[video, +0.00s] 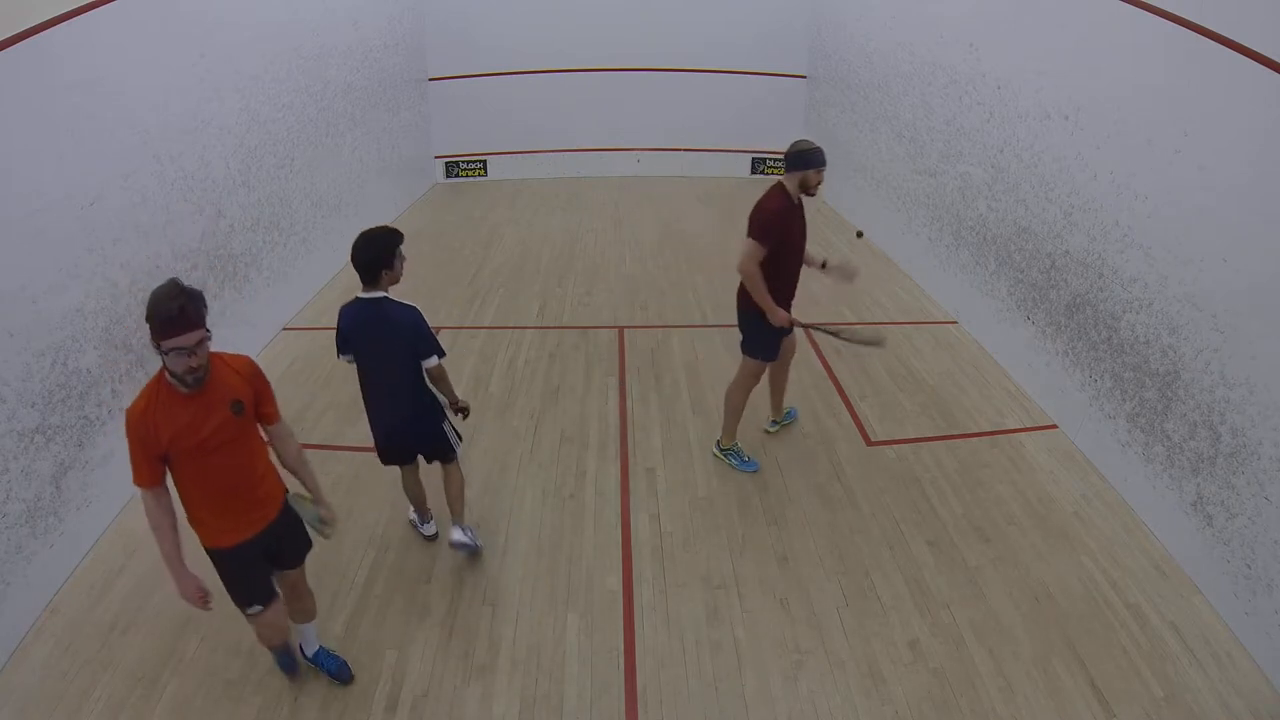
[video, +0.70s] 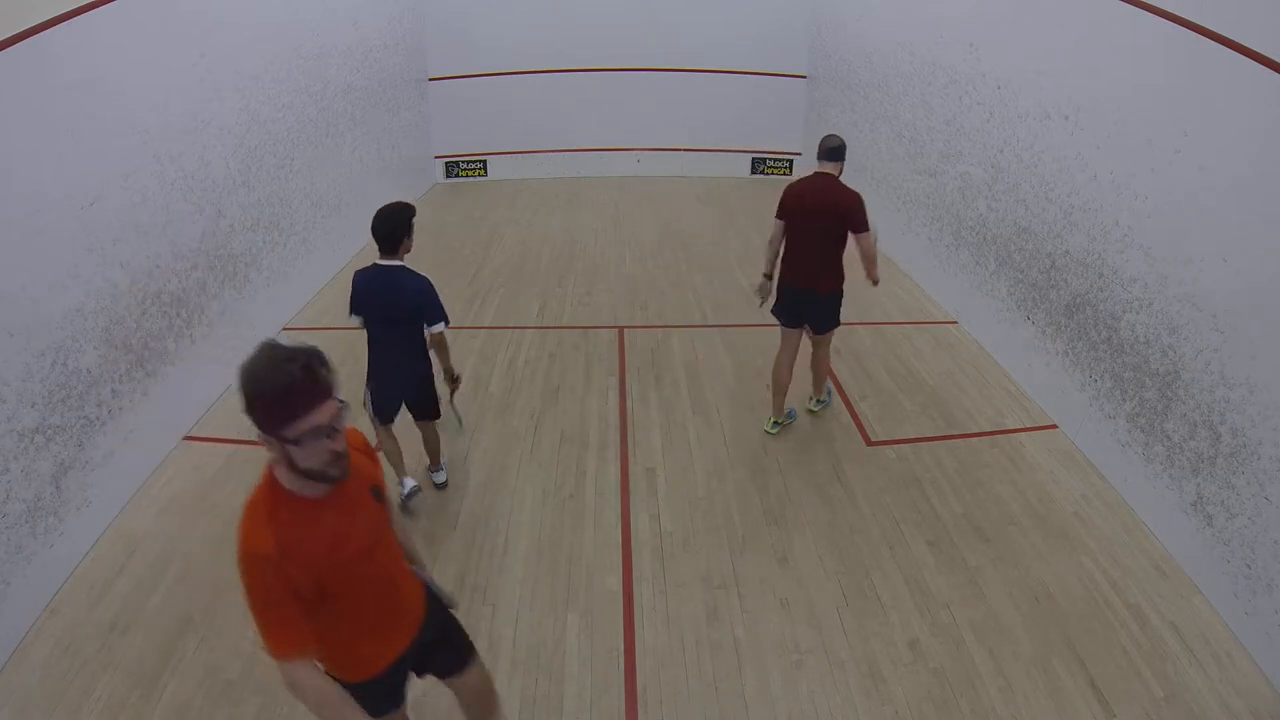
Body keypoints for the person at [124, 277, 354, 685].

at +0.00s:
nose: (191, 360)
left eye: (199, 346)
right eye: (177, 352)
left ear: (208, 333)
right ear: (157, 349)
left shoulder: (241, 371)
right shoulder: (144, 418)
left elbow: (279, 435)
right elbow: (155, 496)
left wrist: (317, 495)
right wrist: (179, 571)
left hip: (275, 510)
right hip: (225, 539)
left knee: (296, 584)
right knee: (272, 627)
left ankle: (312, 648)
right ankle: (281, 649)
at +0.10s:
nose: (204, 369)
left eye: (211, 353)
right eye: (189, 361)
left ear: (219, 339)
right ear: (166, 358)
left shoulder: (250, 379)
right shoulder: (153, 435)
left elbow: (294, 439)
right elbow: (171, 511)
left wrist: (340, 502)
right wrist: (198, 577)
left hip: (286, 522)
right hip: (241, 555)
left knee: (304, 596)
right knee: (298, 638)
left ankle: (313, 651)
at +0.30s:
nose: (236, 398)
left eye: (239, 379)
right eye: (217, 391)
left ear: (245, 366)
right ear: (189, 396)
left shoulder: (278, 406)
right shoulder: (180, 478)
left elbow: (327, 468)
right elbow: (203, 549)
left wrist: (380, 527)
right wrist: (242, 611)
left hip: (322, 554)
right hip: (280, 597)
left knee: (324, 619)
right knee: (344, 670)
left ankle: (319, 654)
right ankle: (380, 714)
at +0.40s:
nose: (254, 409)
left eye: (255, 390)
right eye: (235, 404)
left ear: (261, 375)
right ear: (200, 407)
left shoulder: (293, 417)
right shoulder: (195, 498)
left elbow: (340, 480)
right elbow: (224, 579)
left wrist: (391, 540)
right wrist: (269, 647)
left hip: (345, 575)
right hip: (303, 618)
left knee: (364, 627)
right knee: (366, 692)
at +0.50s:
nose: (276, 418)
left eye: (276, 398)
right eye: (255, 414)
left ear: (280, 383)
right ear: (217, 419)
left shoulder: (308, 426)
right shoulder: (215, 518)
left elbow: (353, 491)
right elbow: (247, 613)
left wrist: (400, 549)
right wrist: (301, 689)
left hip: (366, 583)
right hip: (323, 633)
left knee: (411, 649)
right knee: (375, 700)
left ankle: (356, 665)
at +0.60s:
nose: (302, 431)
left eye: (302, 410)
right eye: (279, 426)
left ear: (308, 393)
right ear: (242, 432)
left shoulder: (328, 434)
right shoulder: (238, 531)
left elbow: (365, 500)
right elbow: (267, 643)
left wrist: (410, 558)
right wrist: (335, 713)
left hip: (387, 596)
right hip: (339, 648)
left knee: (454, 665)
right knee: (383, 710)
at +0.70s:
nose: (337, 441)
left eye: (337, 419)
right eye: (314, 436)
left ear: (341, 404)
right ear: (271, 443)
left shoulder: (356, 449)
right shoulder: (265, 543)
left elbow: (389, 519)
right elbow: (298, 673)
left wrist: (423, 572)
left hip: (415, 609)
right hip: (364, 665)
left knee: (476, 686)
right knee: (393, 713)